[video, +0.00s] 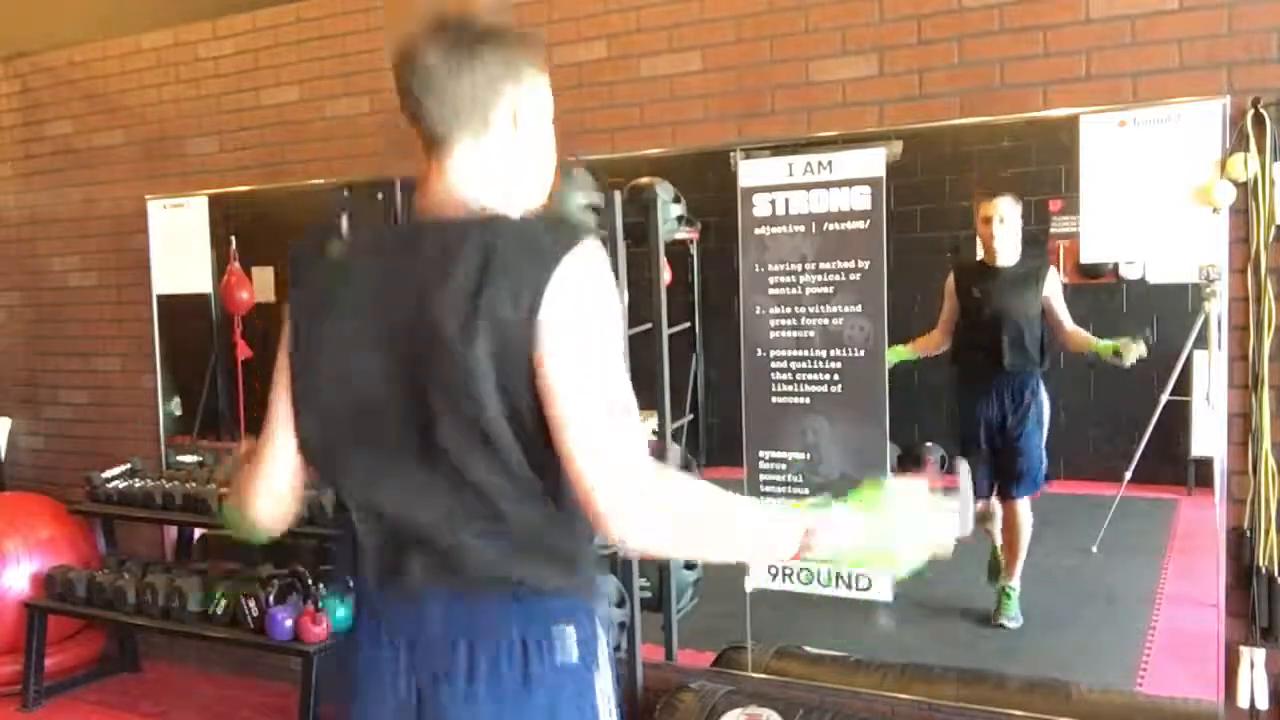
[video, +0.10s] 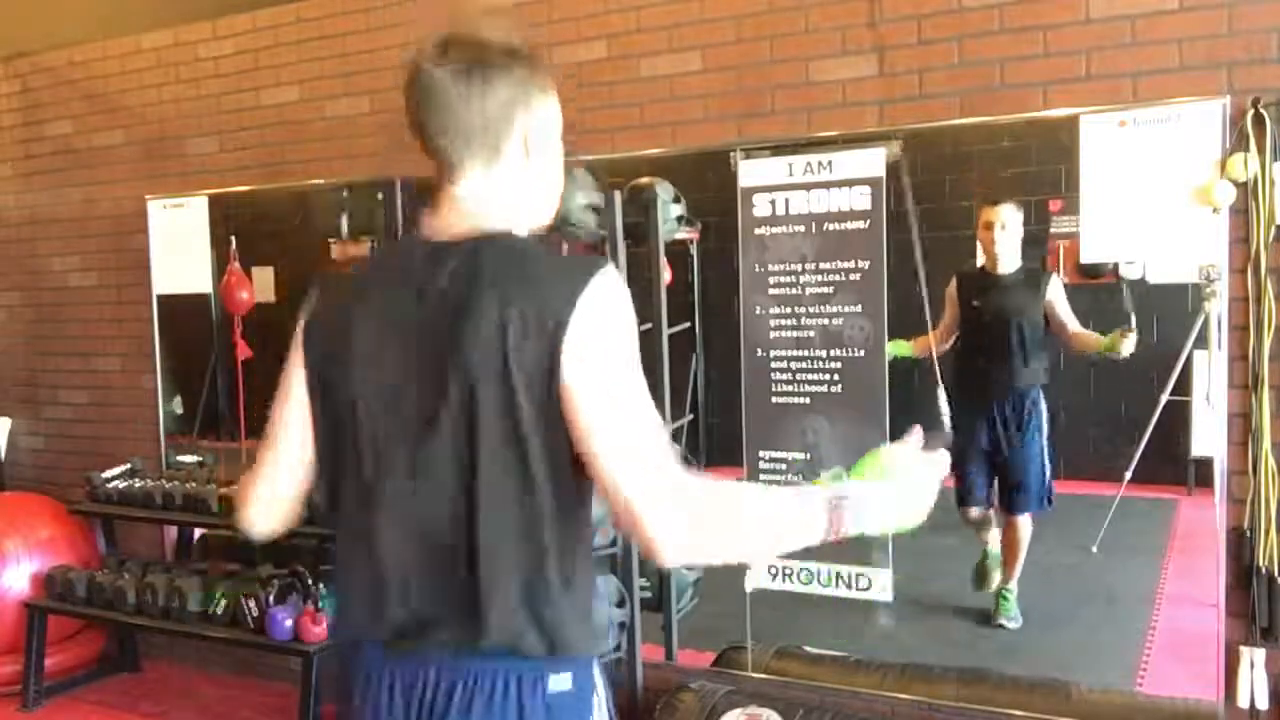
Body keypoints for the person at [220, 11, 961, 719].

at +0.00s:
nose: (557, 137)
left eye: (549, 115)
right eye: (551, 114)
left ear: (417, 127)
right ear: (525, 117)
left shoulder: (325, 279)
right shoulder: (556, 267)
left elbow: (261, 506)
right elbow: (627, 506)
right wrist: (829, 529)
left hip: (381, 644)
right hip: (533, 647)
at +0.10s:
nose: (562, 155)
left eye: (556, 135)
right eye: (557, 134)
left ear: (428, 145)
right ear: (535, 140)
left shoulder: (333, 309)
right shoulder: (572, 293)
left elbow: (261, 511)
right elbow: (669, 523)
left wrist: (359, 429)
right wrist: (857, 503)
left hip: (372, 678)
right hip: (531, 683)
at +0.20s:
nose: (560, 72)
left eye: (555, 49)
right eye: (554, 48)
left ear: (429, 60)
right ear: (526, 52)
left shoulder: (329, 236)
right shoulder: (568, 197)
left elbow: (262, 455)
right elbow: (642, 432)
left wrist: (249, 523)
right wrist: (821, 522)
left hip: (368, 595)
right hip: (519, 602)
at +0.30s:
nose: (560, 65)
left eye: (557, 41)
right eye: (555, 41)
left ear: (427, 48)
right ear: (527, 37)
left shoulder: (330, 208)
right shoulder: (566, 179)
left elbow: (273, 427)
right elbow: (636, 419)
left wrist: (234, 540)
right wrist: (811, 550)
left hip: (368, 576)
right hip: (521, 588)